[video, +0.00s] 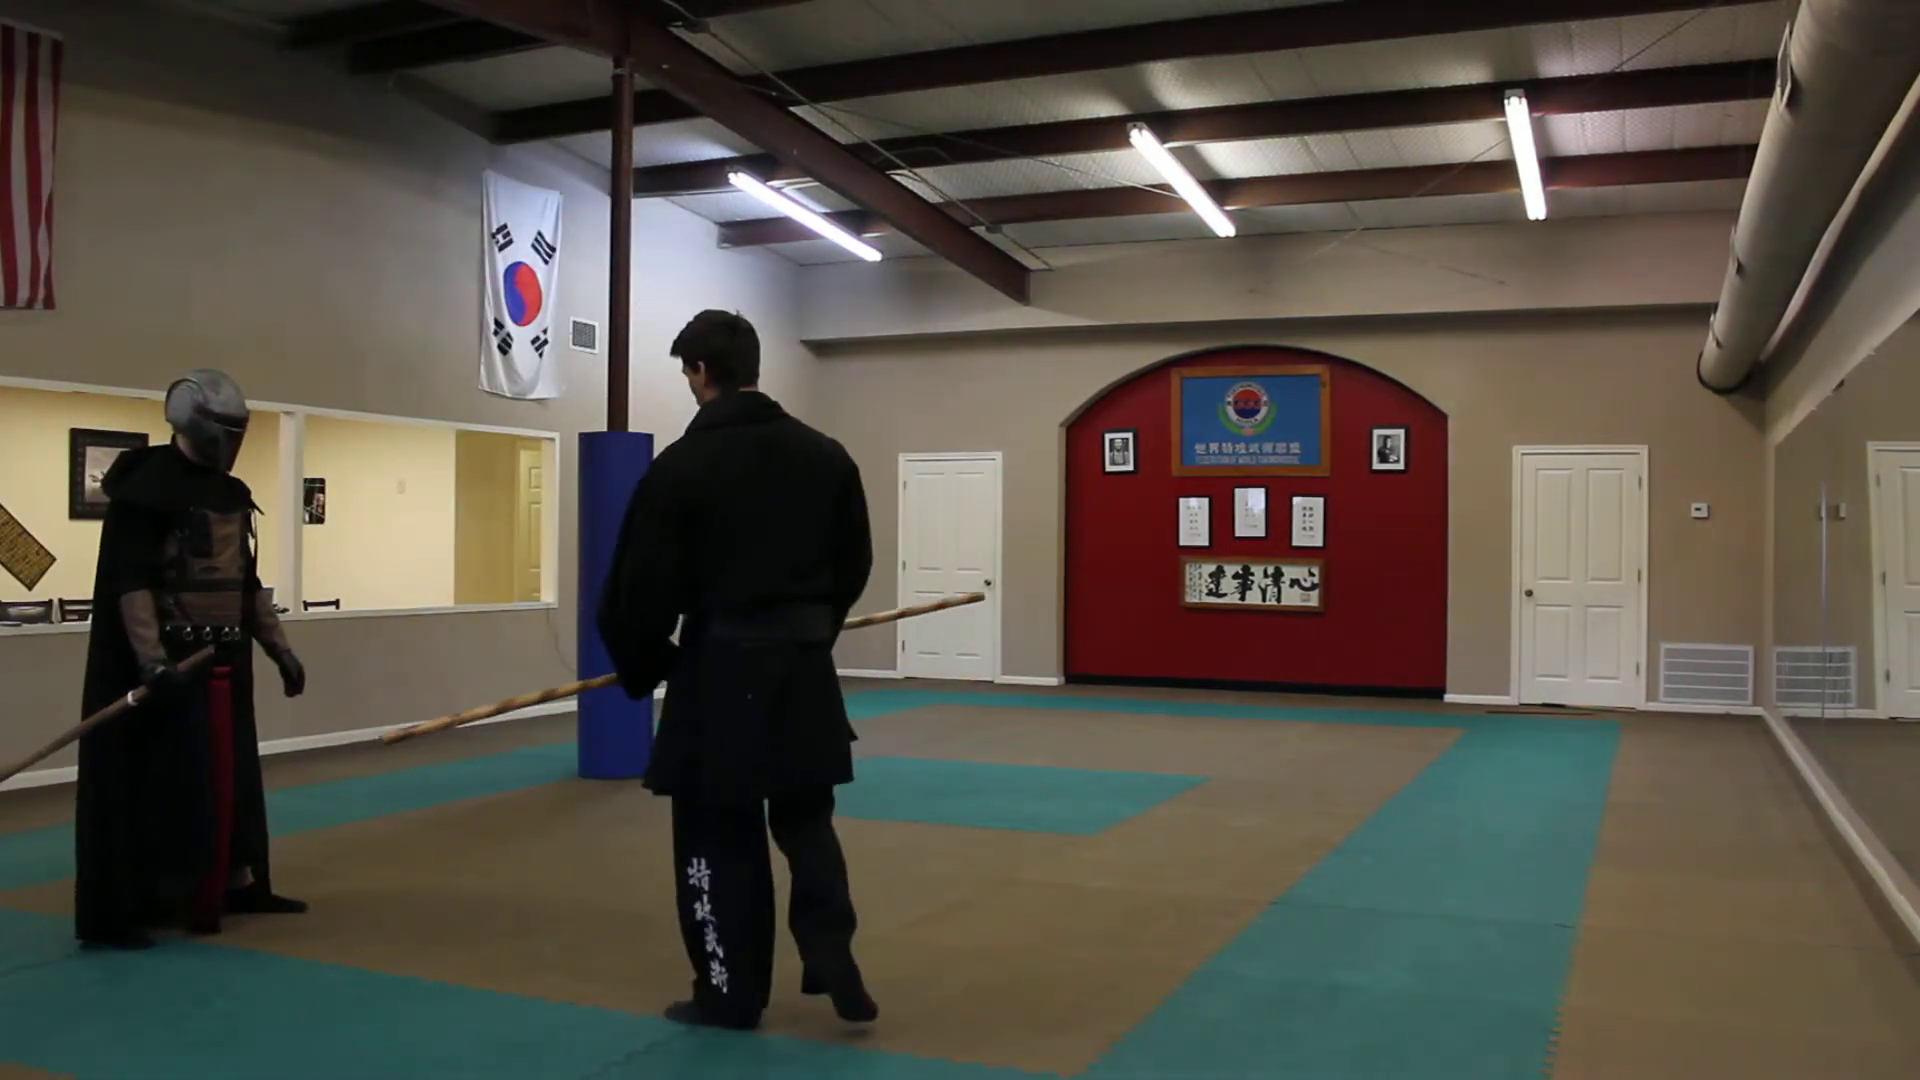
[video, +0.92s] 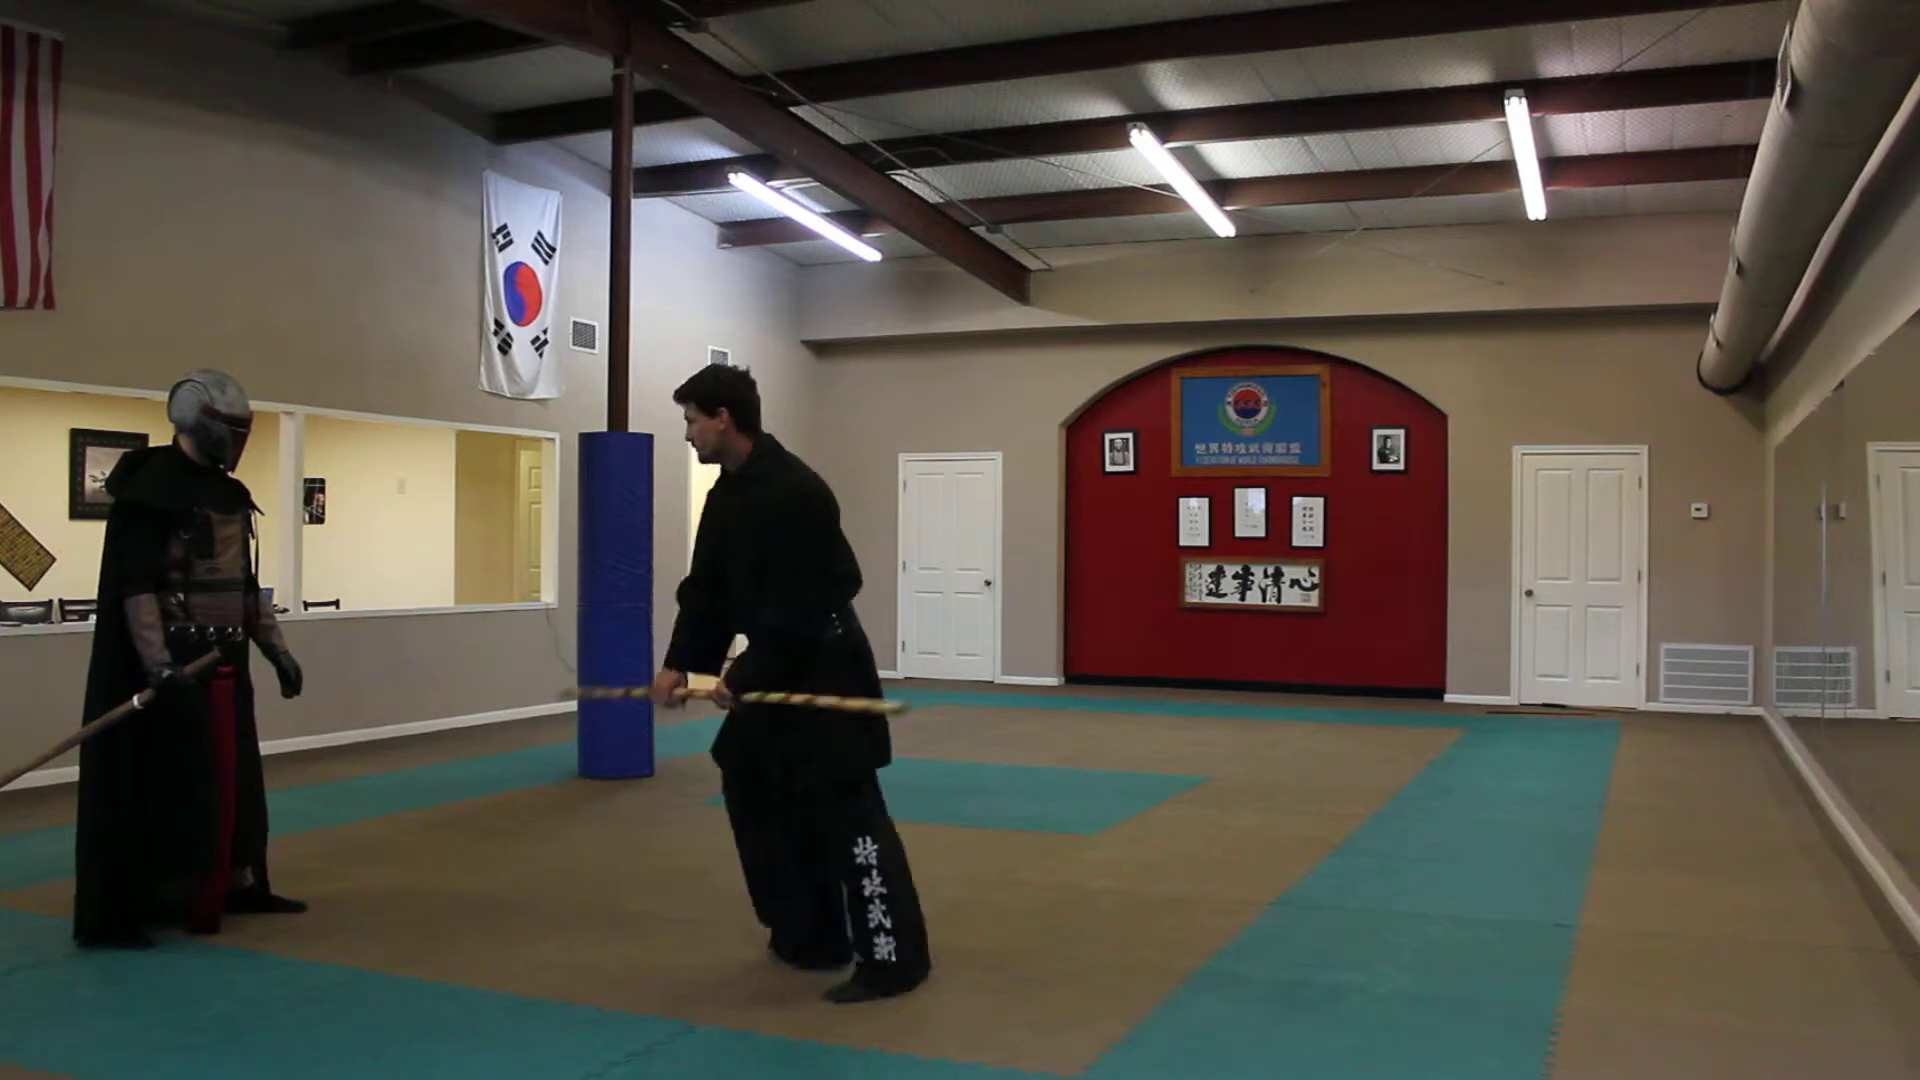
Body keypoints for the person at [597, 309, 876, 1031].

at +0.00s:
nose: (684, 385)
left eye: (683, 374)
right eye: (684, 374)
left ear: (699, 374)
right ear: (755, 369)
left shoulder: (680, 467)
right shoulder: (825, 456)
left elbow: (631, 598)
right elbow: (851, 568)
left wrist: (646, 669)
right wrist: (810, 634)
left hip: (716, 679)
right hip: (804, 676)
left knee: (715, 839)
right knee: (807, 817)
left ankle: (729, 996)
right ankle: (832, 953)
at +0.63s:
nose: (694, 419)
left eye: (697, 406)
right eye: (692, 406)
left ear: (727, 401)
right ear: (739, 399)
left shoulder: (757, 468)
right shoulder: (790, 453)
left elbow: (739, 581)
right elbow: (742, 572)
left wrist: (693, 658)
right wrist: (698, 640)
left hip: (798, 660)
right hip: (832, 649)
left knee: (777, 813)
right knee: (824, 805)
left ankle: (777, 976)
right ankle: (824, 946)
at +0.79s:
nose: (694, 425)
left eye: (698, 412)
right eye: (693, 413)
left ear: (731, 408)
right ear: (735, 407)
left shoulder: (780, 475)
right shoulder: (759, 467)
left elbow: (771, 590)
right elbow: (731, 556)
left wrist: (722, 664)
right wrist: (694, 621)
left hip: (821, 669)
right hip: (785, 665)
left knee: (823, 818)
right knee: (789, 810)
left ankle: (880, 954)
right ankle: (814, 937)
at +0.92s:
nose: (686, 434)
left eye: (692, 422)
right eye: (685, 422)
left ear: (725, 418)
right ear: (724, 419)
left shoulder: (793, 488)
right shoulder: (728, 494)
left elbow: (811, 595)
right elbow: (707, 590)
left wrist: (747, 667)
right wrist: (679, 663)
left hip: (826, 676)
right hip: (770, 678)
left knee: (847, 811)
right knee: (754, 789)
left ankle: (894, 958)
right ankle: (809, 936)